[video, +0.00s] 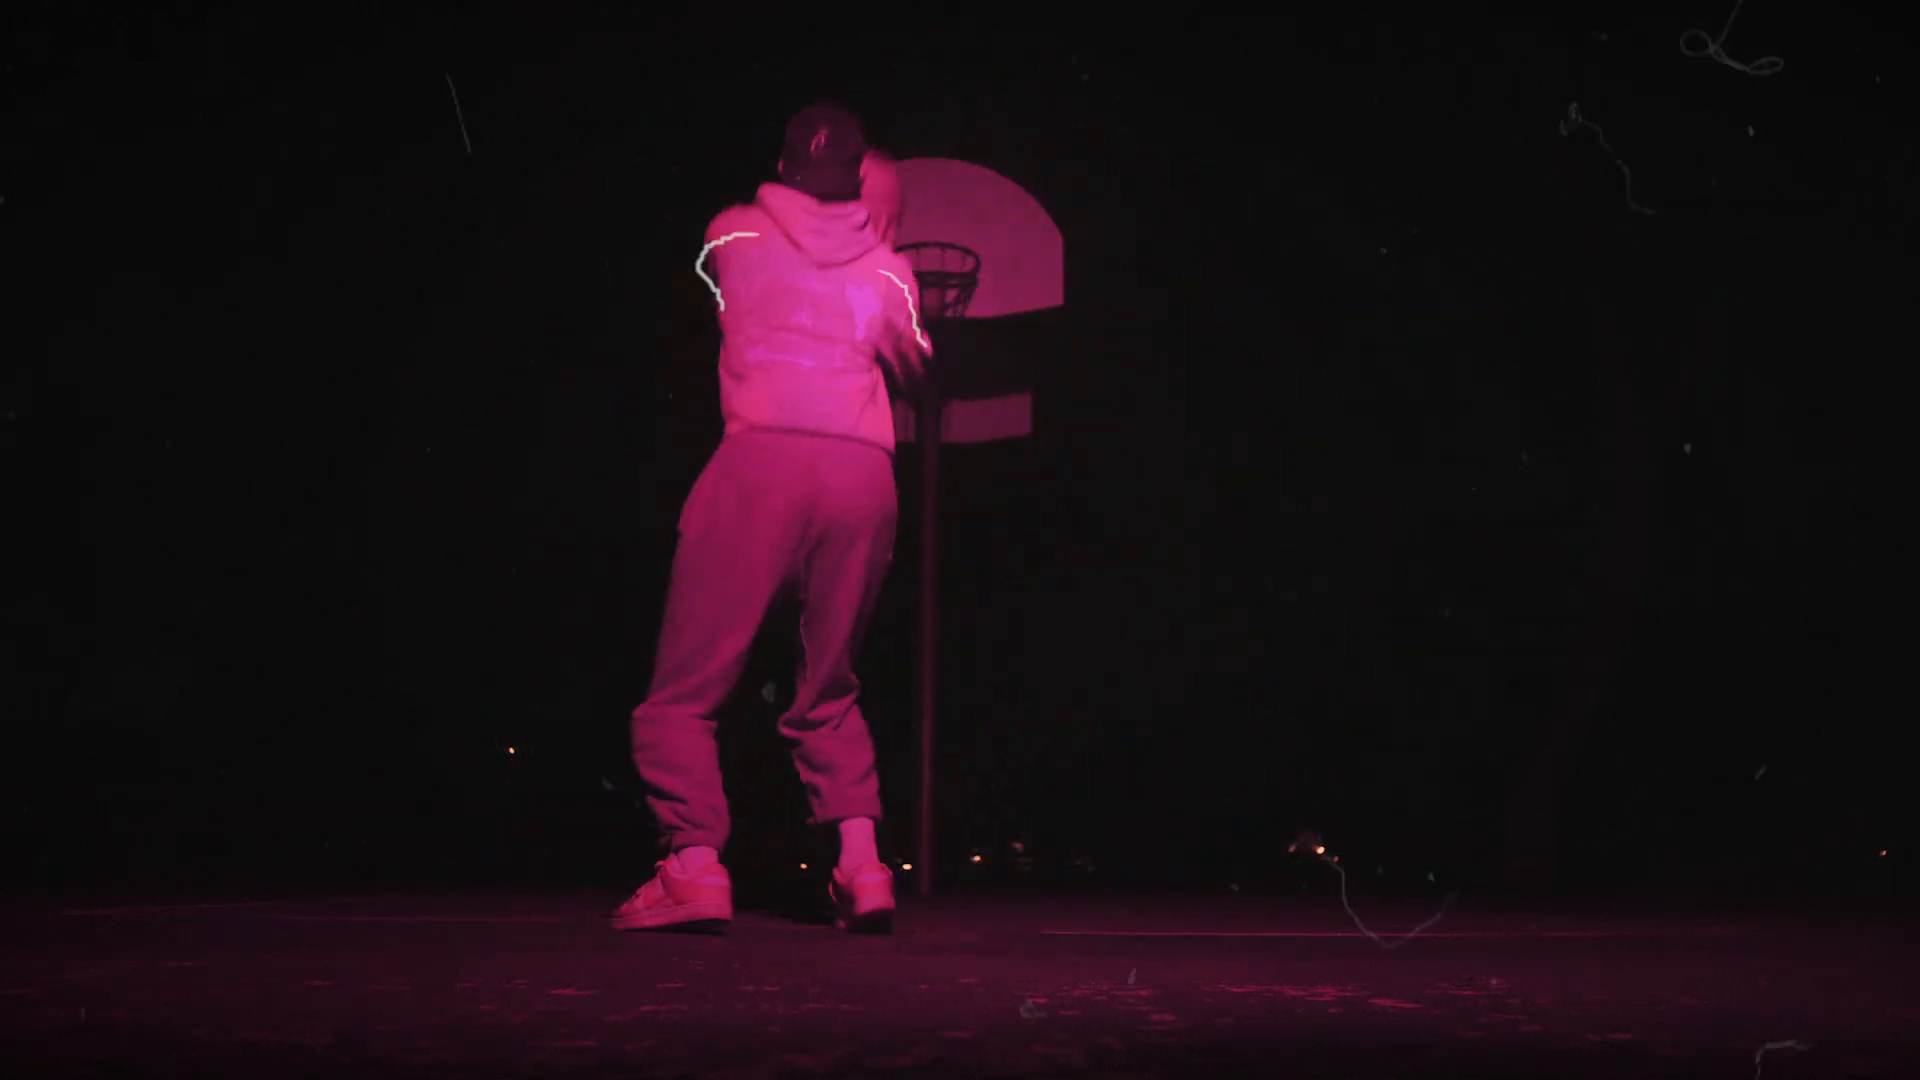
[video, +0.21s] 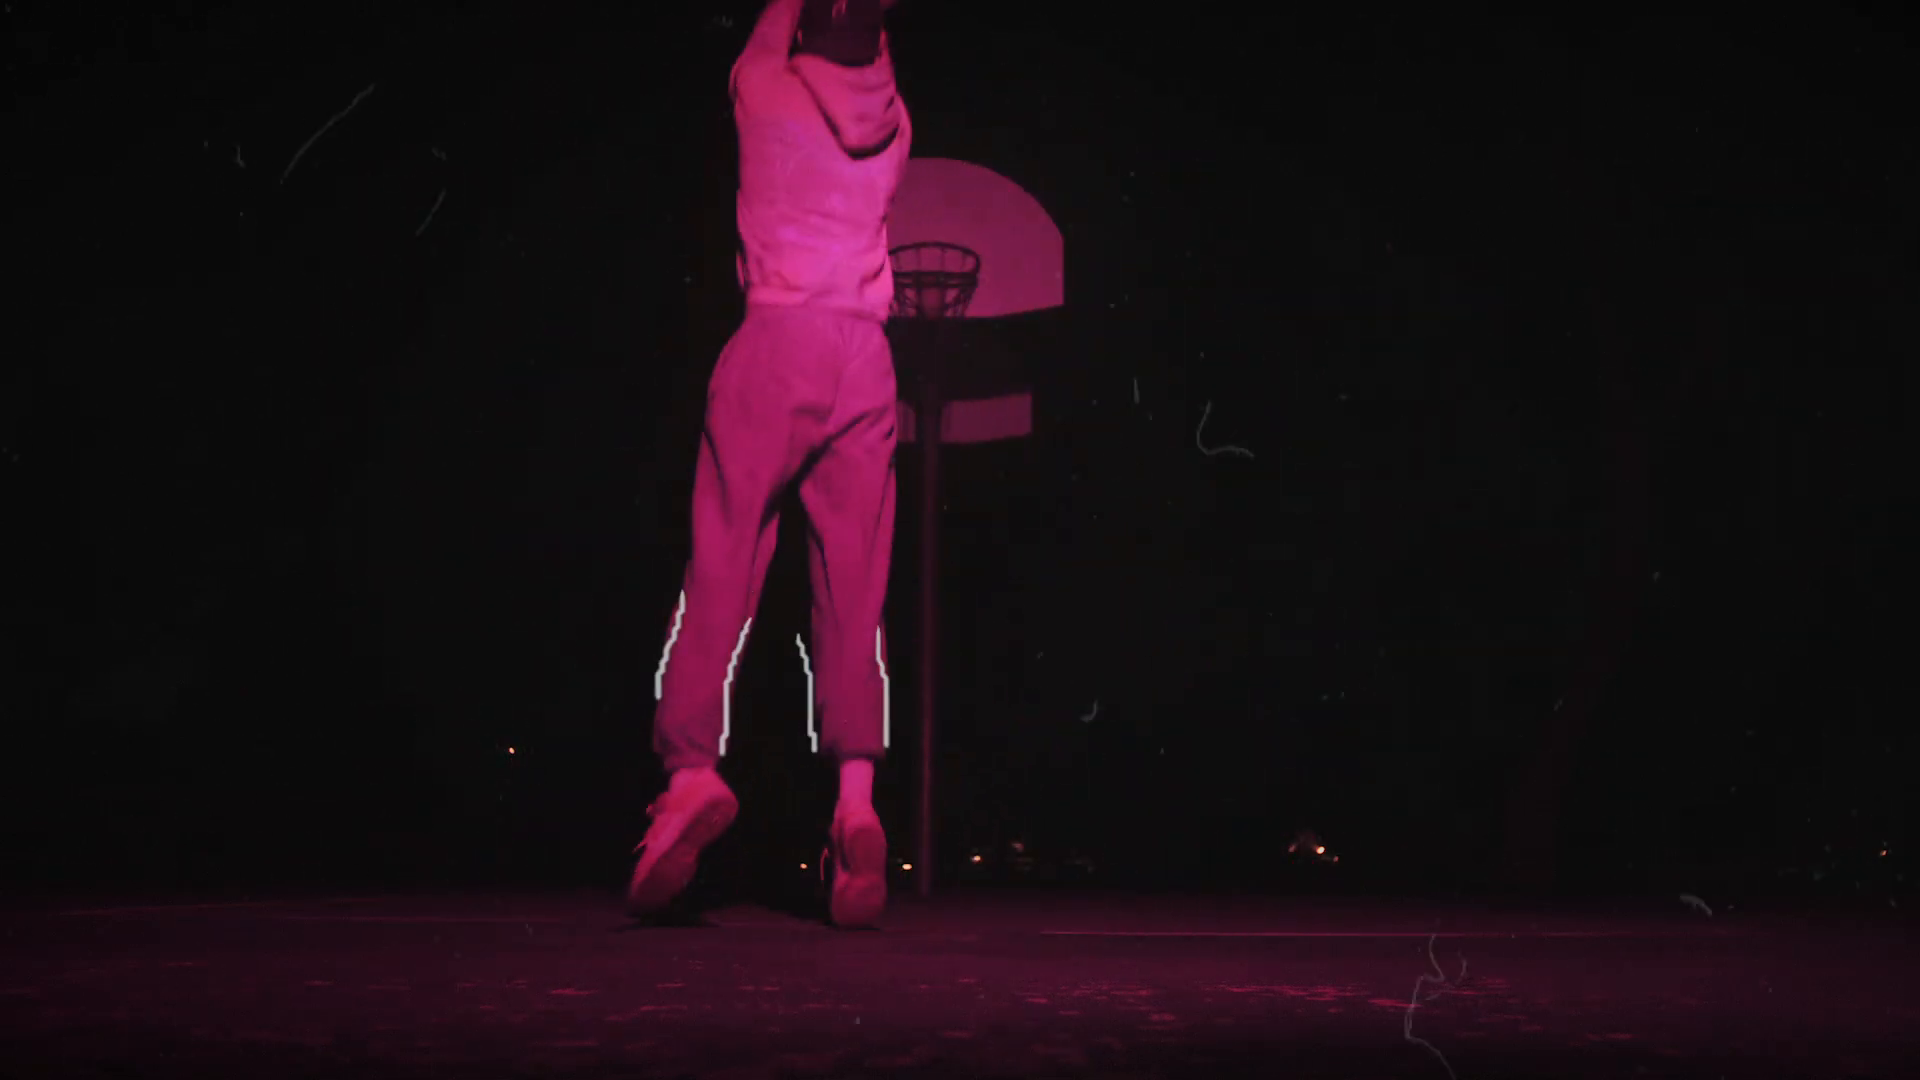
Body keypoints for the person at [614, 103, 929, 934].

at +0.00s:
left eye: (788, 165)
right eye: (858, 181)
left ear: (781, 172)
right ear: (865, 184)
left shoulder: (734, 237)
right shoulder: (889, 269)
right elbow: (912, 362)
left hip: (760, 468)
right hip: (862, 478)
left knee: (681, 695)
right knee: (827, 690)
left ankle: (694, 868)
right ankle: (862, 863)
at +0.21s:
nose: (803, 31)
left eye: (809, 27)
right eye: (846, 33)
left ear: (800, 37)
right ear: (877, 48)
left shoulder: (762, 87)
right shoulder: (890, 118)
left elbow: (774, 33)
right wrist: (856, 16)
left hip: (775, 345)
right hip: (866, 354)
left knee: (721, 566)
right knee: (853, 594)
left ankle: (691, 768)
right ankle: (856, 799)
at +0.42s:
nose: (790, 38)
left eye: (792, 31)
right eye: (867, 38)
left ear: (798, 35)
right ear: (870, 39)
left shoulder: (769, 84)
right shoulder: (891, 99)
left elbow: (777, 8)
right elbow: (891, 24)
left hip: (779, 340)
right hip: (868, 347)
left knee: (749, 562)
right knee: (854, 585)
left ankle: (725, 777)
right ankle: (853, 795)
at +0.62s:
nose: (804, 112)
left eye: (807, 104)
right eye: (827, 106)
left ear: (800, 124)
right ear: (876, 129)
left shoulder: (768, 191)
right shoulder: (901, 189)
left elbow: (715, 156)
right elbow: (920, 114)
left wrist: (769, 77)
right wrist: (933, 39)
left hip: (800, 447)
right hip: (883, 447)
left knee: (748, 654)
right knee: (855, 666)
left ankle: (764, 875)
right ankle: (883, 872)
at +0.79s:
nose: (839, 115)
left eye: (833, 100)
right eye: (863, 108)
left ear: (815, 109)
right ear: (890, 121)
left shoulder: (766, 189)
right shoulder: (916, 183)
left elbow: (695, 289)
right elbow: (964, 124)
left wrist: (736, 245)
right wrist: (1006, 55)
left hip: (806, 429)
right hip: (900, 428)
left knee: (780, 632)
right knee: (890, 632)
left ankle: (765, 856)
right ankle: (901, 856)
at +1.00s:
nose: (945, 174)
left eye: (933, 159)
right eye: (942, 162)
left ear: (862, 156)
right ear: (935, 164)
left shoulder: (799, 246)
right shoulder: (951, 221)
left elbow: (782, 373)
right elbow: (1043, 168)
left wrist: (769, 471)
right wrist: (1122, 100)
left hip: (825, 464)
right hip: (923, 462)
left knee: (809, 658)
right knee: (950, 663)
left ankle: (764, 859)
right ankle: (966, 878)